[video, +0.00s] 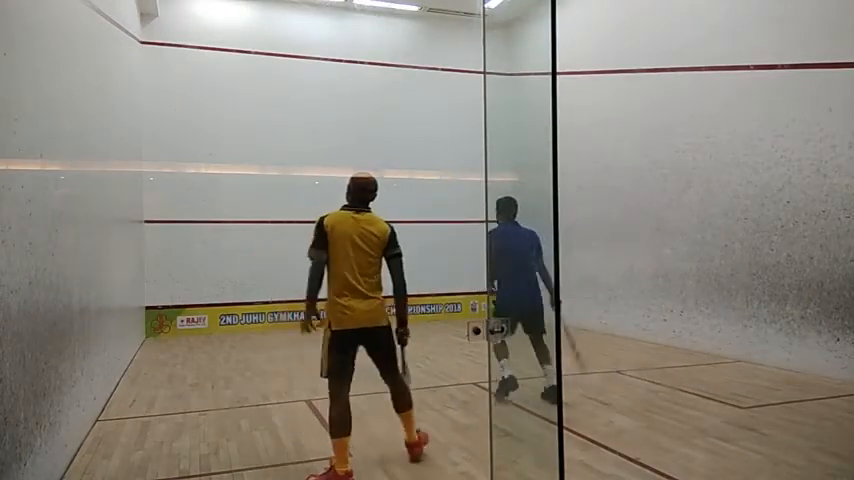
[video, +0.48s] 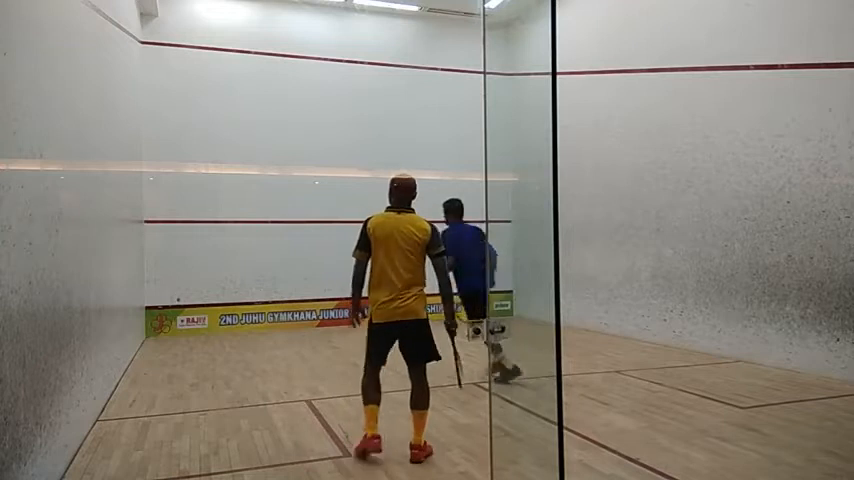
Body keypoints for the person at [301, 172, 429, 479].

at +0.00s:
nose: (349, 191)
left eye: (350, 188)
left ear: (348, 193)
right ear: (374, 197)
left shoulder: (327, 223)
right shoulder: (384, 229)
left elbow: (316, 267)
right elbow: (399, 280)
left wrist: (309, 308)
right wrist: (402, 324)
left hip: (341, 324)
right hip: (376, 321)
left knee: (339, 394)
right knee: (394, 377)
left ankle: (341, 466)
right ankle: (412, 441)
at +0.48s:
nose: (390, 194)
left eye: (391, 190)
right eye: (398, 190)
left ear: (391, 194)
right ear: (414, 197)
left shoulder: (372, 225)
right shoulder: (426, 228)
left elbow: (359, 268)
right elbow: (442, 274)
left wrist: (355, 304)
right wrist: (450, 314)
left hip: (381, 316)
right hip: (415, 317)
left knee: (371, 370)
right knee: (419, 376)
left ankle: (371, 434)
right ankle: (417, 444)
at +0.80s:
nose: (395, 201)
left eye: (392, 197)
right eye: (405, 197)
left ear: (388, 200)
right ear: (412, 201)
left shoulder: (373, 231)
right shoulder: (425, 230)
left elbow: (363, 269)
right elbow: (440, 271)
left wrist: (367, 292)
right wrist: (437, 307)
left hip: (386, 314)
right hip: (417, 314)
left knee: (384, 368)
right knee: (421, 373)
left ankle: (385, 424)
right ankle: (417, 439)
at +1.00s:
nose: (386, 197)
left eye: (389, 193)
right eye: (390, 193)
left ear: (389, 198)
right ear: (409, 200)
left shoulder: (372, 230)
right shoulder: (421, 226)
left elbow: (363, 271)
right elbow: (442, 262)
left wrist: (380, 275)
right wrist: (429, 289)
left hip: (388, 310)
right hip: (418, 307)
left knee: (385, 363)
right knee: (436, 355)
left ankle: (385, 424)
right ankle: (424, 405)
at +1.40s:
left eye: (422, 199)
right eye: (434, 202)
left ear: (415, 203)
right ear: (435, 206)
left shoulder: (399, 232)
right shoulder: (441, 231)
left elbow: (392, 270)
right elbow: (460, 265)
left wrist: (412, 257)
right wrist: (453, 283)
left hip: (410, 311)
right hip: (438, 310)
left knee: (399, 361)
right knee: (450, 357)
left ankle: (387, 420)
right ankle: (461, 410)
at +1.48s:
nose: (443, 207)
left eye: (434, 201)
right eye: (446, 203)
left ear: (428, 202)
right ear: (448, 205)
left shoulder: (412, 232)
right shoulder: (453, 231)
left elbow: (405, 267)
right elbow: (471, 266)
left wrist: (425, 255)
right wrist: (461, 283)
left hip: (421, 309)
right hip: (449, 309)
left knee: (408, 355)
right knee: (460, 355)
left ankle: (391, 410)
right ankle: (465, 409)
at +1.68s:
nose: (469, 203)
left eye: (466, 198)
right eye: (470, 199)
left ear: (450, 200)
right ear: (470, 202)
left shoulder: (434, 229)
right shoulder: (473, 229)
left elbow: (428, 264)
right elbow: (493, 261)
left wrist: (449, 252)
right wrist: (485, 275)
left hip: (444, 303)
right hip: (468, 304)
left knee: (448, 344)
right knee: (471, 354)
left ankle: (425, 388)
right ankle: (465, 410)